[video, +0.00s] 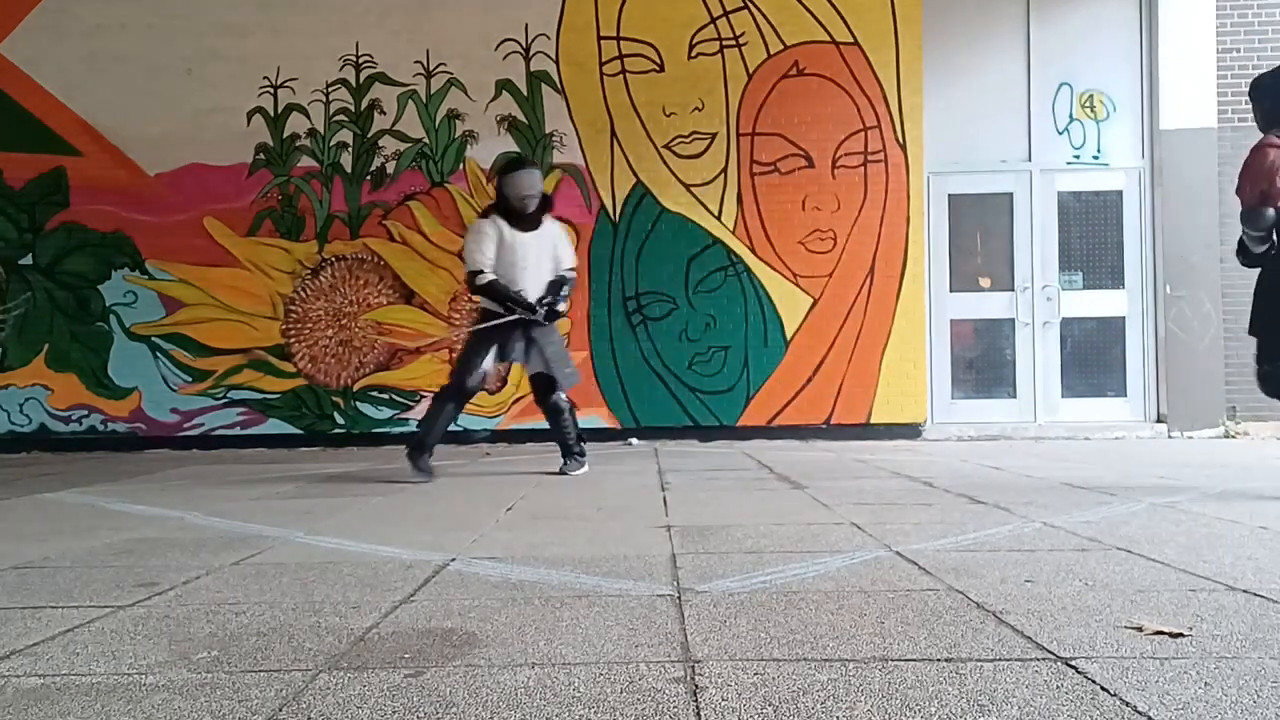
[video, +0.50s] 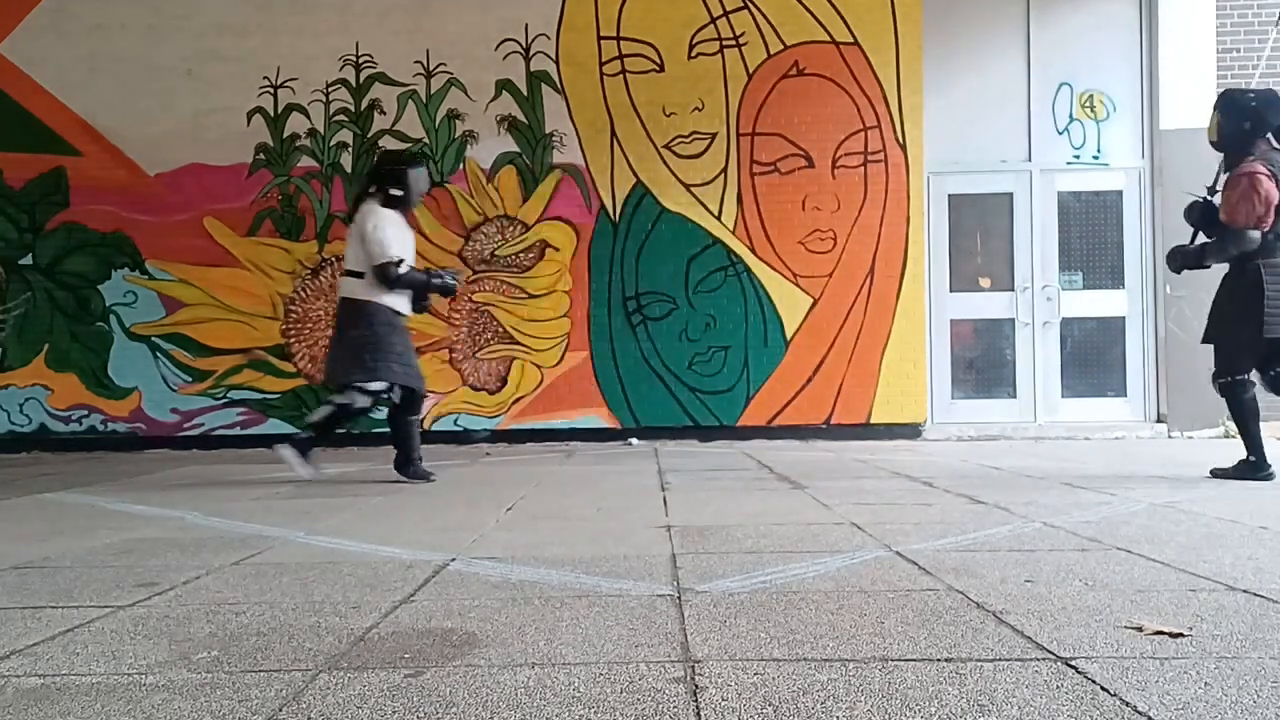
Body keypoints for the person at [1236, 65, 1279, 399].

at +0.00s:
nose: (1253, 113)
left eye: (1255, 104)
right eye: (1253, 104)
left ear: (1263, 107)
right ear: (1273, 106)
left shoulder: (1268, 153)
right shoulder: (1266, 152)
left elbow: (1260, 220)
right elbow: (1260, 221)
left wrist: (1253, 250)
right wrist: (1254, 247)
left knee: (1272, 377)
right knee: (1271, 377)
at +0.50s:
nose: (1213, 129)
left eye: (1219, 121)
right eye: (1214, 120)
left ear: (1241, 126)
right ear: (1256, 126)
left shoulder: (1249, 175)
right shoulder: (1269, 167)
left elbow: (1242, 242)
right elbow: (1259, 233)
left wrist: (1192, 255)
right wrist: (1214, 223)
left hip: (1252, 284)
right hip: (1273, 281)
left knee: (1231, 372)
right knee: (1273, 373)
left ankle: (1256, 459)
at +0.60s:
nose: (1206, 129)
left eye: (1212, 121)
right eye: (1207, 120)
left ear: (1236, 126)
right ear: (1252, 128)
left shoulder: (1242, 173)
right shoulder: (1269, 163)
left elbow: (1229, 242)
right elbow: (1253, 232)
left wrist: (1186, 254)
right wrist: (1206, 219)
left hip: (1250, 283)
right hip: (1272, 279)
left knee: (1229, 372)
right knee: (1265, 365)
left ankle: (1256, 460)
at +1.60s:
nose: (1119, 156)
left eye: (1124, 149)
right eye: (1119, 148)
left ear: (1147, 153)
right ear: (1155, 153)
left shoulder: (1159, 195)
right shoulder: (1168, 189)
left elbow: (1144, 255)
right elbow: (1151, 240)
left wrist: (1098, 273)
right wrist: (1117, 241)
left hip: (1159, 295)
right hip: (1172, 294)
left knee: (1110, 372)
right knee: (1166, 380)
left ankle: (1119, 458)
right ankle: (1234, 439)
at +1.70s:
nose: (1113, 158)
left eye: (1118, 151)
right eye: (1113, 151)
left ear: (1141, 155)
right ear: (1150, 156)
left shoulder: (1155, 196)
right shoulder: (1167, 190)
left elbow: (1141, 255)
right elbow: (1150, 244)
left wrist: (1092, 272)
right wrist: (1112, 242)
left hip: (1157, 297)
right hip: (1173, 296)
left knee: (1108, 371)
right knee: (1164, 383)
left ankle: (1119, 458)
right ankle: (1220, 449)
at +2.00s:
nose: (1104, 166)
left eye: (1110, 158)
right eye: (1104, 158)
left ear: (1135, 161)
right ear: (1139, 162)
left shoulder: (1151, 203)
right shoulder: (1140, 198)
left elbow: (1135, 264)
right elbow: (1131, 250)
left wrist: (1085, 280)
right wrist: (1101, 252)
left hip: (1158, 299)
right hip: (1160, 298)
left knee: (1106, 365)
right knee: (1170, 386)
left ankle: (1116, 455)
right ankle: (1222, 452)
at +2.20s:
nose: (1081, 166)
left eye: (1088, 158)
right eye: (1081, 158)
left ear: (1113, 162)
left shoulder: (1139, 202)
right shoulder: (1100, 208)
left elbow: (1139, 265)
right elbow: (1086, 265)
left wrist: (1082, 283)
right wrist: (1047, 270)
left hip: (1137, 299)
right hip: (1120, 299)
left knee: (1090, 375)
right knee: (1140, 390)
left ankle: (1114, 459)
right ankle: (1209, 440)